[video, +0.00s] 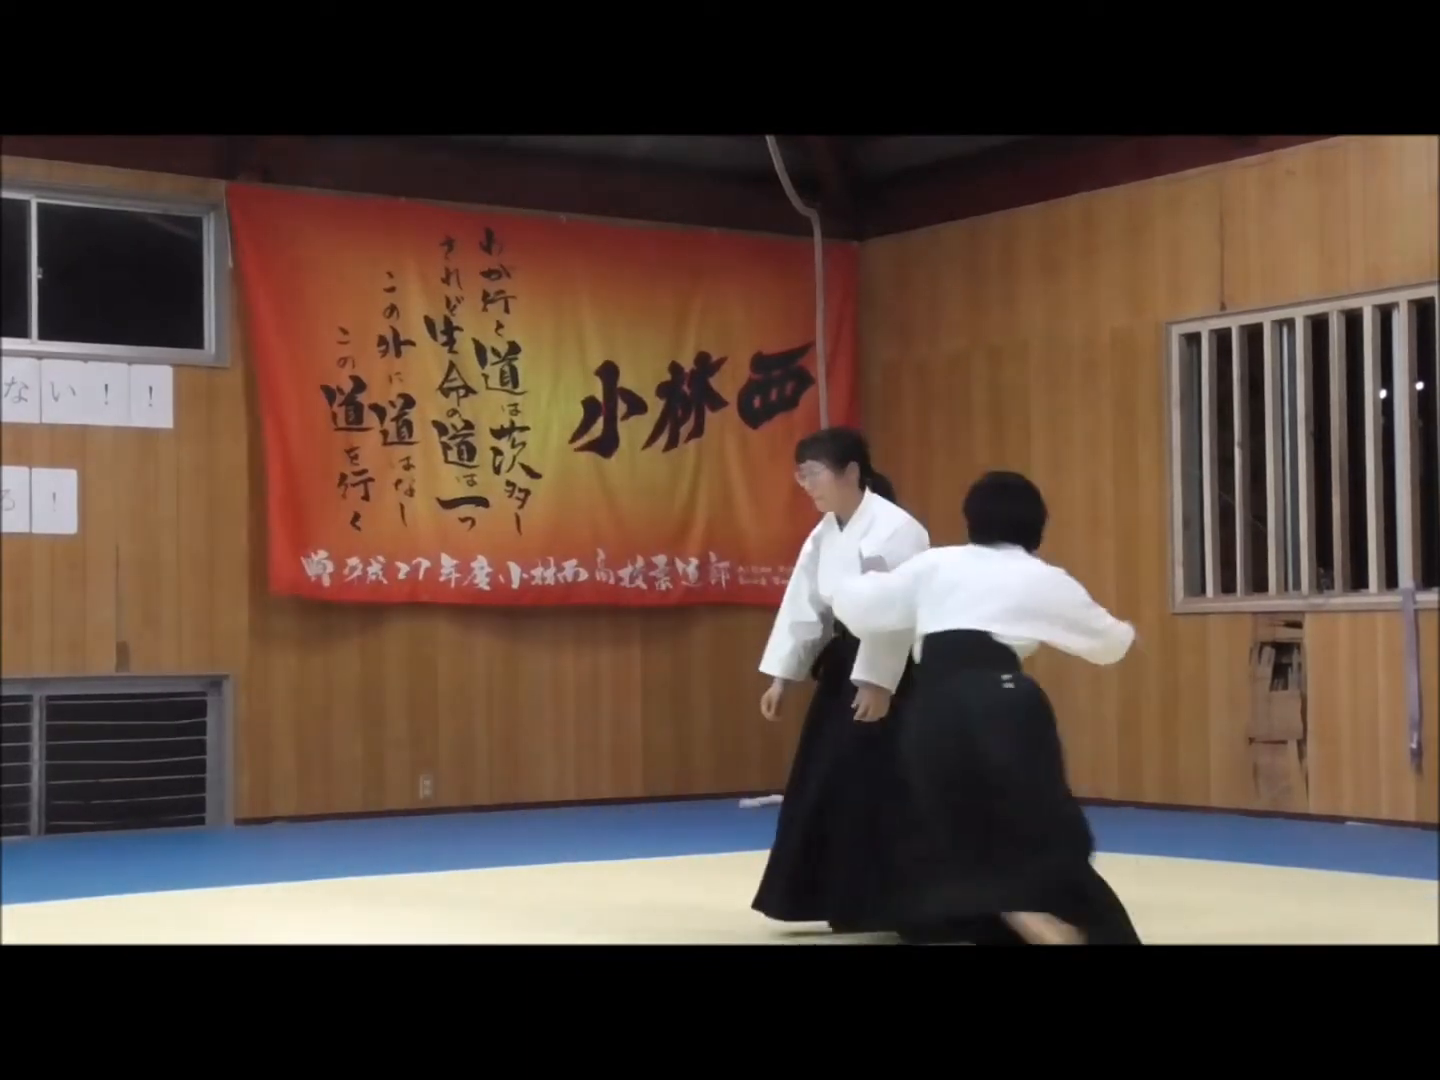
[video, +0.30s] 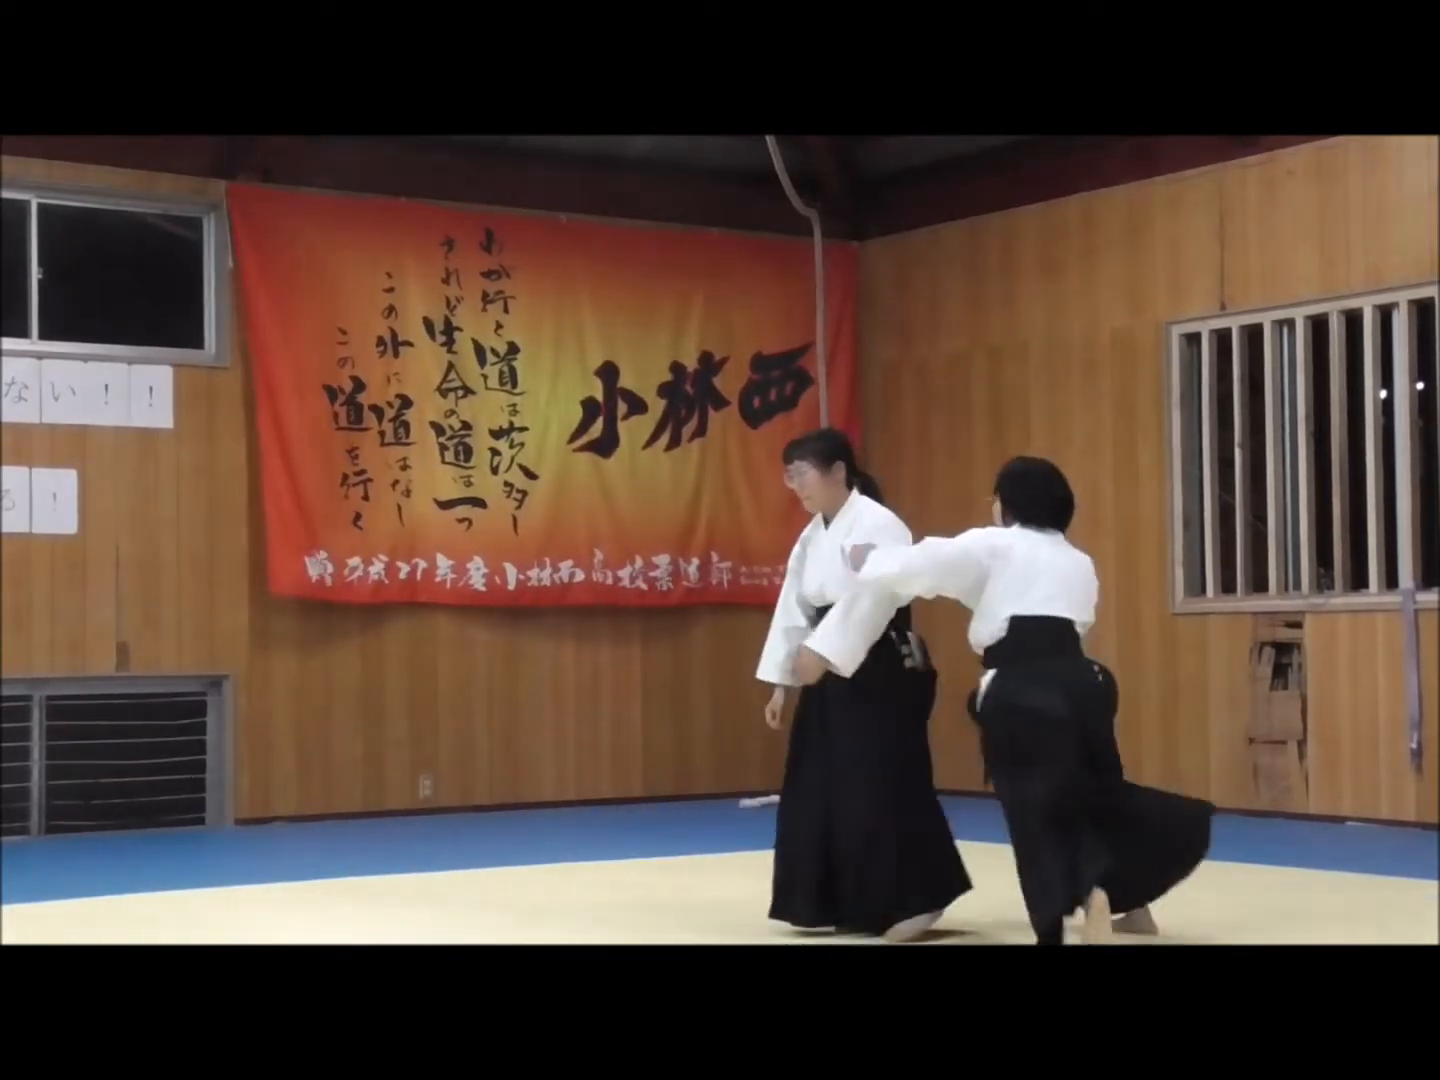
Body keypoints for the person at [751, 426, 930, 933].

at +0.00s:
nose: (806, 486)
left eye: (813, 475)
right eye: (802, 477)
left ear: (849, 472)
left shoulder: (899, 531)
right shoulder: (823, 537)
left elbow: (903, 610)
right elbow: (802, 606)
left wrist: (880, 678)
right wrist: (780, 673)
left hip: (891, 671)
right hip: (841, 667)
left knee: (868, 781)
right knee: (825, 775)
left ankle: (883, 900)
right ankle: (844, 900)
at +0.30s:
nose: (794, 486)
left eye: (802, 474)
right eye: (790, 477)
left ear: (837, 471)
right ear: (800, 481)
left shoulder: (880, 527)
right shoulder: (812, 536)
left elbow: (876, 601)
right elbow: (792, 609)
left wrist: (825, 648)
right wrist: (781, 681)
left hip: (884, 669)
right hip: (832, 670)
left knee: (880, 783)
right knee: (823, 783)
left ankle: (919, 898)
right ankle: (843, 903)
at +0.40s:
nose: (787, 489)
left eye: (794, 477)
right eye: (784, 479)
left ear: (829, 473)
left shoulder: (867, 523)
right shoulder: (810, 536)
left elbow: (857, 593)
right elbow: (794, 609)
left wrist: (787, 627)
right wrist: (771, 680)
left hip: (871, 672)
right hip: (828, 674)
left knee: (866, 786)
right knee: (820, 786)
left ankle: (893, 907)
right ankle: (837, 903)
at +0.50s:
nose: (781, 495)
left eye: (785, 482)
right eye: (778, 485)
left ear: (818, 473)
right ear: (812, 478)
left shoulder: (846, 515)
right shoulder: (820, 529)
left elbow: (835, 575)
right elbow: (803, 613)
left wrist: (758, 590)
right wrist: (767, 673)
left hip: (857, 667)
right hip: (835, 667)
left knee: (839, 790)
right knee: (839, 788)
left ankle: (842, 916)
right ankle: (867, 914)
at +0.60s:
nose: (773, 502)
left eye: (776, 488)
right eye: (770, 492)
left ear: (806, 478)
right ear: (813, 482)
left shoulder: (830, 516)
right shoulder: (837, 528)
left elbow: (792, 536)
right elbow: (814, 620)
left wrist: (726, 564)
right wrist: (753, 653)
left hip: (843, 667)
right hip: (870, 665)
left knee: (827, 789)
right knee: (865, 788)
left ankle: (829, 916)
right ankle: (864, 917)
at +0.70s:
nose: (770, 502)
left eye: (773, 492)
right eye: (769, 492)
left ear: (792, 481)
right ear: (817, 480)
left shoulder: (804, 503)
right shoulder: (854, 534)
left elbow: (752, 503)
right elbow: (824, 626)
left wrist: (702, 546)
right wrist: (745, 620)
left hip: (837, 660)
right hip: (881, 662)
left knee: (812, 787)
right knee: (864, 787)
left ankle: (819, 922)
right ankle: (863, 914)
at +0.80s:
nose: (747, 507)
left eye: (754, 498)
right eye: (750, 498)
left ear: (778, 495)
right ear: (811, 503)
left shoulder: (778, 516)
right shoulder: (848, 541)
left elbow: (709, 516)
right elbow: (809, 634)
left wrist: (674, 575)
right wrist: (745, 604)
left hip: (834, 656)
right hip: (886, 656)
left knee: (804, 791)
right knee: (861, 790)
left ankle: (810, 923)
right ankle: (859, 918)